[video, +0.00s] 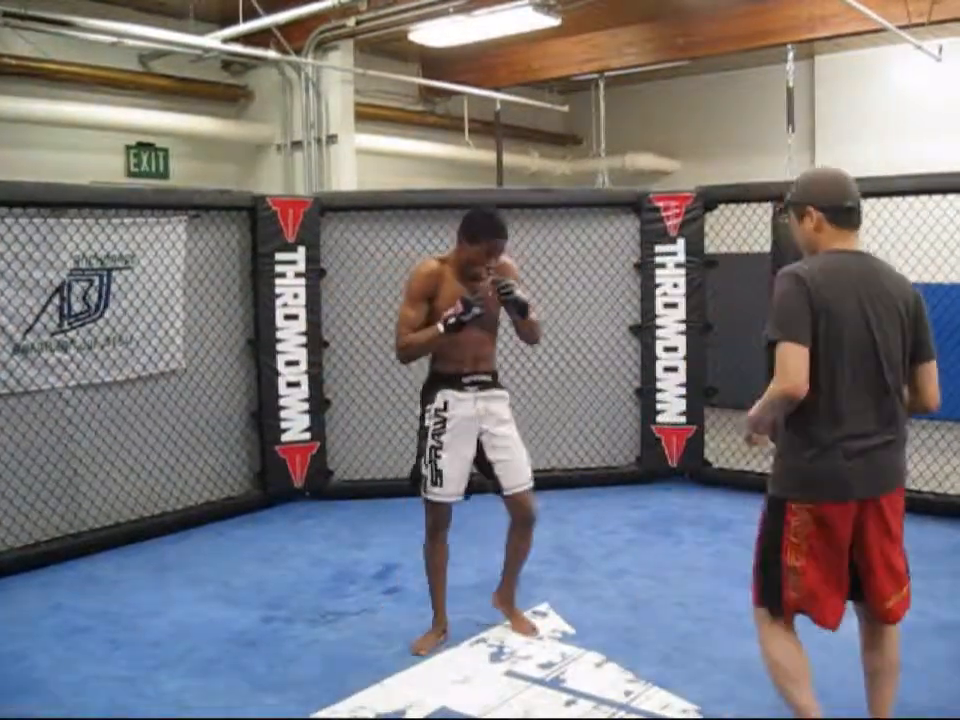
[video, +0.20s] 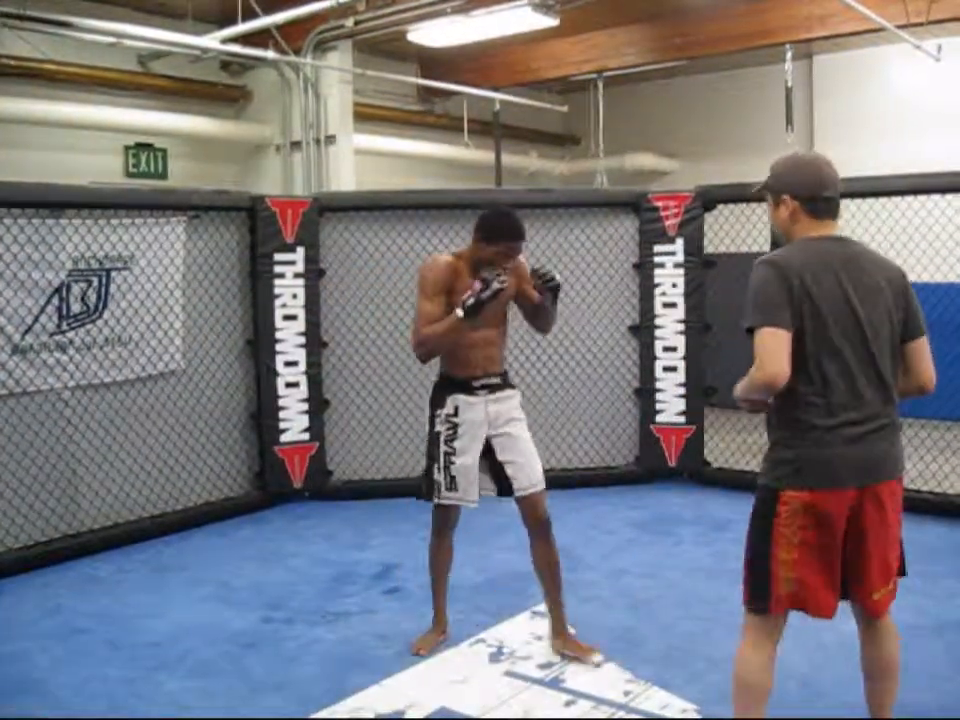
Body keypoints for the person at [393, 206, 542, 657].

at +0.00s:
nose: (487, 265)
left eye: (494, 257)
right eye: (481, 257)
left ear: (501, 251)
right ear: (462, 244)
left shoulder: (502, 270)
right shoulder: (429, 274)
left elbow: (532, 336)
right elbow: (404, 349)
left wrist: (514, 304)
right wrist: (446, 323)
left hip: (493, 398)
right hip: (446, 400)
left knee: (524, 510)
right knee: (438, 519)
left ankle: (506, 596)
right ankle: (439, 622)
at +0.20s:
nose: (509, 264)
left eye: (513, 257)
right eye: (504, 256)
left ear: (513, 251)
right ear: (480, 244)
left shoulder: (513, 267)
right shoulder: (440, 270)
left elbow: (541, 324)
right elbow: (422, 345)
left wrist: (548, 301)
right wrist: (470, 308)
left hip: (504, 397)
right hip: (457, 402)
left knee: (538, 514)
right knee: (445, 515)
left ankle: (560, 632)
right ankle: (439, 624)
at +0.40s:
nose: (536, 280)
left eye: (544, 274)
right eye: (530, 272)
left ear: (549, 267)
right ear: (511, 255)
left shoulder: (545, 276)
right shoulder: (475, 271)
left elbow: (576, 340)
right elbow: (462, 348)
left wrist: (579, 302)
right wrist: (510, 307)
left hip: (531, 408)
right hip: (481, 411)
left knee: (565, 528)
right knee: (458, 525)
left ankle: (573, 643)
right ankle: (441, 625)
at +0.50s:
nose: (548, 279)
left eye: (554, 272)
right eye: (542, 270)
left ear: (560, 266)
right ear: (523, 256)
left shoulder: (559, 276)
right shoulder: (487, 270)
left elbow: (590, 344)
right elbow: (473, 349)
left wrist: (585, 307)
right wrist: (518, 312)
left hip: (545, 408)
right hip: (493, 411)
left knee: (572, 531)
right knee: (462, 530)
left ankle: (573, 644)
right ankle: (446, 622)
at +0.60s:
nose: (553, 267)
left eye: (559, 260)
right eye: (546, 259)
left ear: (567, 251)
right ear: (527, 244)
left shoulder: (571, 263)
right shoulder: (491, 262)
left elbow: (593, 343)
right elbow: (470, 343)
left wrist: (582, 309)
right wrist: (516, 313)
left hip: (551, 401)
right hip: (500, 401)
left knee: (572, 526)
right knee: (473, 521)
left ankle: (573, 644)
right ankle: (468, 627)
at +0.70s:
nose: (554, 258)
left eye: (561, 249)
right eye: (546, 250)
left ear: (568, 242)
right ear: (525, 238)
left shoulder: (573, 263)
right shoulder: (488, 262)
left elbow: (599, 338)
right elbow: (465, 339)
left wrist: (585, 306)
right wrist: (506, 317)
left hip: (555, 404)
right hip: (503, 405)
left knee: (578, 529)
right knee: (486, 530)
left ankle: (575, 644)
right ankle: (482, 644)